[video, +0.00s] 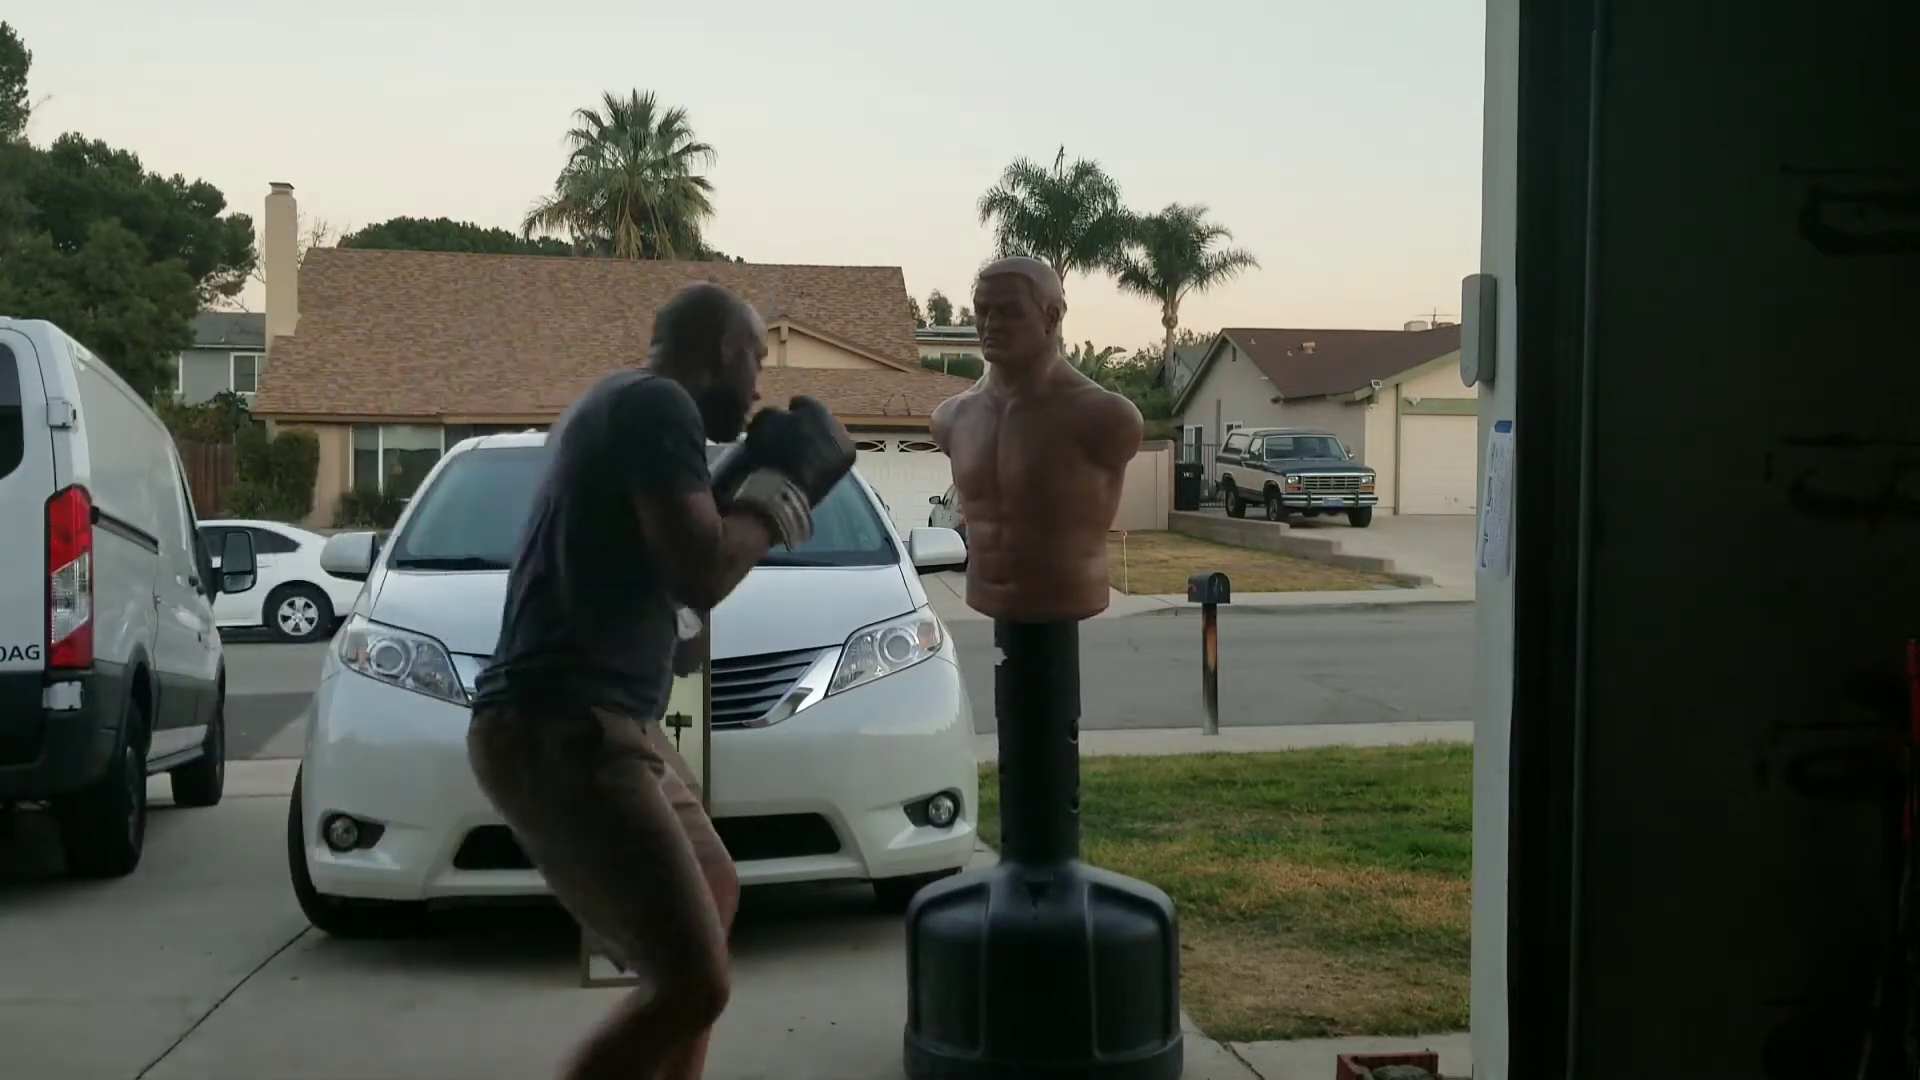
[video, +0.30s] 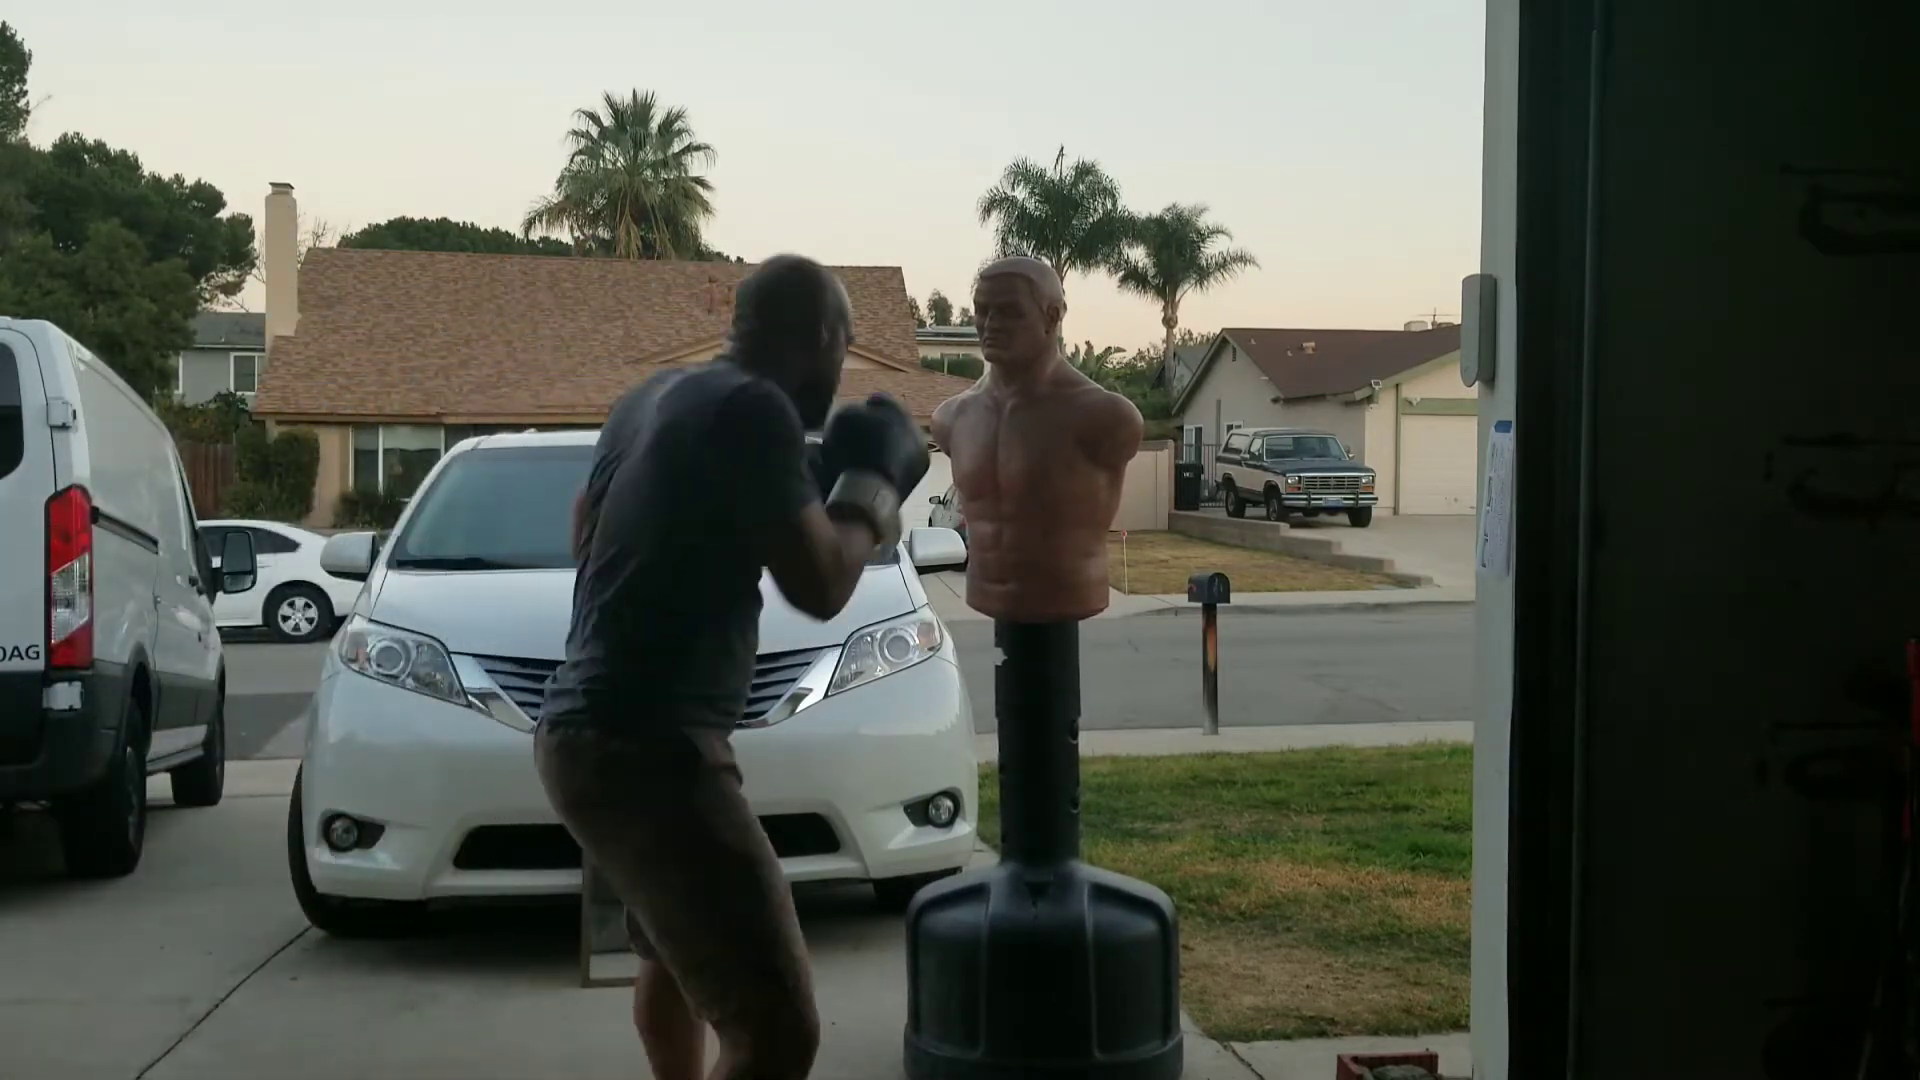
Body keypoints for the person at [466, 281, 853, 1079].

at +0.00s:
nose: (760, 385)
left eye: (760, 365)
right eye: (755, 363)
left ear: (677, 349)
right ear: (720, 355)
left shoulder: (637, 405)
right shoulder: (653, 405)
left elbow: (670, 560)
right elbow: (704, 576)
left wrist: (742, 480)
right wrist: (779, 487)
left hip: (610, 719)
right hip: (563, 726)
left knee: (713, 889)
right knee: (693, 984)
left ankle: (675, 1062)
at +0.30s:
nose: (842, 366)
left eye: (844, 347)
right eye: (844, 344)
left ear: (744, 329)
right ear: (820, 340)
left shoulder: (648, 396)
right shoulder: (755, 412)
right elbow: (822, 586)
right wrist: (874, 484)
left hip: (583, 737)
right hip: (654, 745)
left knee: (673, 966)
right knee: (776, 1034)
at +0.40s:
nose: (838, 291)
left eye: (840, 275)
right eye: (837, 272)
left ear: (727, 263)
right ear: (817, 265)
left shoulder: (640, 334)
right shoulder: (774, 336)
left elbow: (734, 301)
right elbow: (889, 488)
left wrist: (833, 299)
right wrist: (920, 358)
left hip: (586, 690)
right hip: (670, 694)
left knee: (674, 932)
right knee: (751, 990)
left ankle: (669, 1073)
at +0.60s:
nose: (847, 270)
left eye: (846, 252)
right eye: (841, 247)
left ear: (732, 237)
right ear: (820, 239)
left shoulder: (638, 332)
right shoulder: (786, 335)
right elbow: (904, 509)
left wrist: (830, 312)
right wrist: (916, 354)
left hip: (615, 722)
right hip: (716, 729)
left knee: (684, 1017)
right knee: (742, 1039)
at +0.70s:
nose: (866, 284)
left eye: (862, 262)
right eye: (864, 261)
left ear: (747, 261)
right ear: (843, 264)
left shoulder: (636, 370)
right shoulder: (800, 369)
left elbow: (600, 563)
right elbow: (870, 581)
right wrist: (904, 437)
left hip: (633, 746)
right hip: (734, 752)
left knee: (715, 1032)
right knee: (760, 1044)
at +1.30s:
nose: (971, 315)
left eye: (977, 302)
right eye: (974, 296)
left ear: (870, 276)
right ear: (963, 285)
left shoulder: (786, 362)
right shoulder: (931, 358)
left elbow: (728, 523)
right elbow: (992, 554)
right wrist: (1007, 423)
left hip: (716, 703)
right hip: (816, 706)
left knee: (814, 971)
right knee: (911, 1015)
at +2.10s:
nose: (938, 383)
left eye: (936, 369)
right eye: (937, 368)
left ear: (848, 356)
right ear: (920, 365)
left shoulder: (771, 419)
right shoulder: (892, 436)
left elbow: (722, 501)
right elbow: (963, 593)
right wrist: (990, 473)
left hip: (744, 715)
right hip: (772, 732)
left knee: (870, 853)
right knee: (863, 995)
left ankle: (768, 1053)